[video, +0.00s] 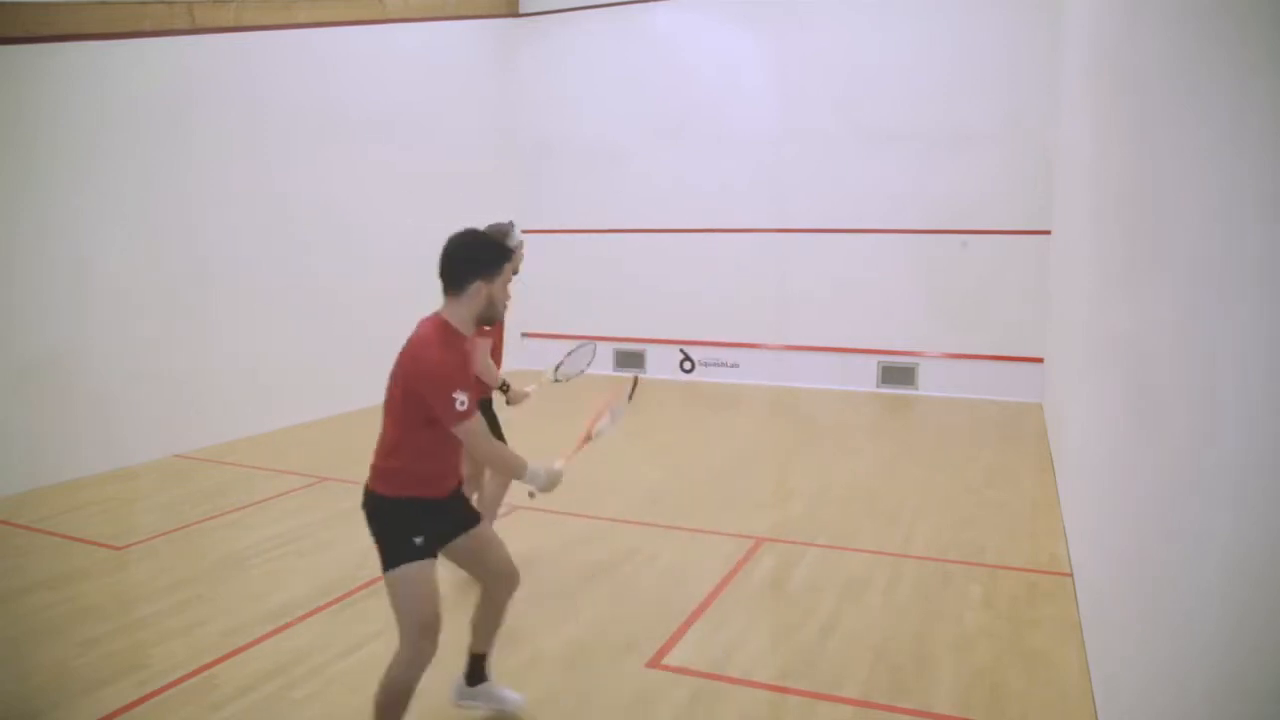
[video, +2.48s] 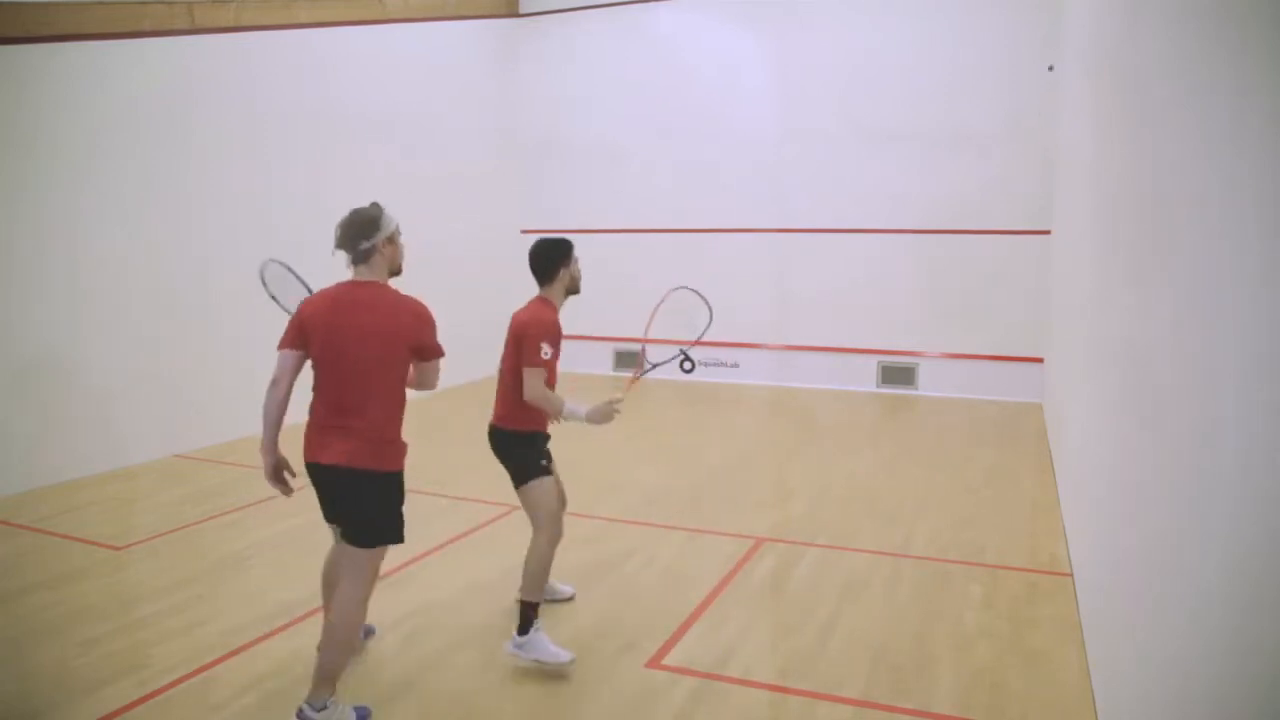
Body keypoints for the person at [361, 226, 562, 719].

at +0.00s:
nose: (509, 294)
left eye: (509, 283)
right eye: (506, 283)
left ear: (472, 284)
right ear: (482, 285)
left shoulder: (463, 342)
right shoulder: (433, 350)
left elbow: (470, 427)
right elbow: (481, 445)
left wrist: (471, 484)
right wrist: (532, 473)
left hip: (440, 496)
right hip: (398, 503)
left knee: (502, 578)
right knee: (418, 642)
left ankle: (474, 682)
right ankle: (385, 718)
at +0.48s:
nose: (396, 252)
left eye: (392, 242)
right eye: (391, 243)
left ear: (351, 254)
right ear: (373, 251)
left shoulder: (320, 299)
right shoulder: (361, 310)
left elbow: (277, 356)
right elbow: (335, 381)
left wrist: (287, 422)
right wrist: (361, 453)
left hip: (295, 452)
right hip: (319, 459)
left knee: (304, 566)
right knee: (310, 575)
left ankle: (252, 662)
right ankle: (260, 690)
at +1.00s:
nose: (440, 278)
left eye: (440, 270)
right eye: (433, 270)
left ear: (403, 273)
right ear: (408, 272)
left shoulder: (361, 305)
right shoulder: (409, 324)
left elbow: (334, 357)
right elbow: (395, 392)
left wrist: (368, 384)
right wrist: (419, 433)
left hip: (345, 433)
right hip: (383, 437)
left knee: (360, 506)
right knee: (421, 514)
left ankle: (353, 595)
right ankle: (376, 594)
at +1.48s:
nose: (499, 280)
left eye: (501, 272)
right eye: (492, 272)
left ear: (469, 272)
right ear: (471, 270)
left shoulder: (437, 293)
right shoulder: (474, 315)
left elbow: (405, 331)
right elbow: (469, 379)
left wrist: (435, 352)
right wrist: (496, 400)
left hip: (413, 400)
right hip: (442, 408)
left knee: (431, 457)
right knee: (478, 471)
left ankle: (415, 525)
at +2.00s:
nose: (514, 273)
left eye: (512, 264)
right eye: (509, 265)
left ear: (478, 266)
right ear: (495, 267)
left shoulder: (451, 306)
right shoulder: (492, 310)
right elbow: (480, 378)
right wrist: (530, 399)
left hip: (440, 416)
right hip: (466, 421)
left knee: (446, 482)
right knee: (512, 487)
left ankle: (423, 554)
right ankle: (486, 569)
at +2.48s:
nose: (579, 270)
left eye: (576, 263)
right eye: (575, 264)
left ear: (546, 272)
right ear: (563, 271)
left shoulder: (542, 316)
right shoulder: (538, 321)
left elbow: (534, 384)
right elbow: (533, 392)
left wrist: (559, 410)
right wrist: (583, 413)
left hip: (526, 430)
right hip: (517, 433)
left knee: (555, 504)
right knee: (548, 525)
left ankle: (535, 582)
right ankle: (525, 633)